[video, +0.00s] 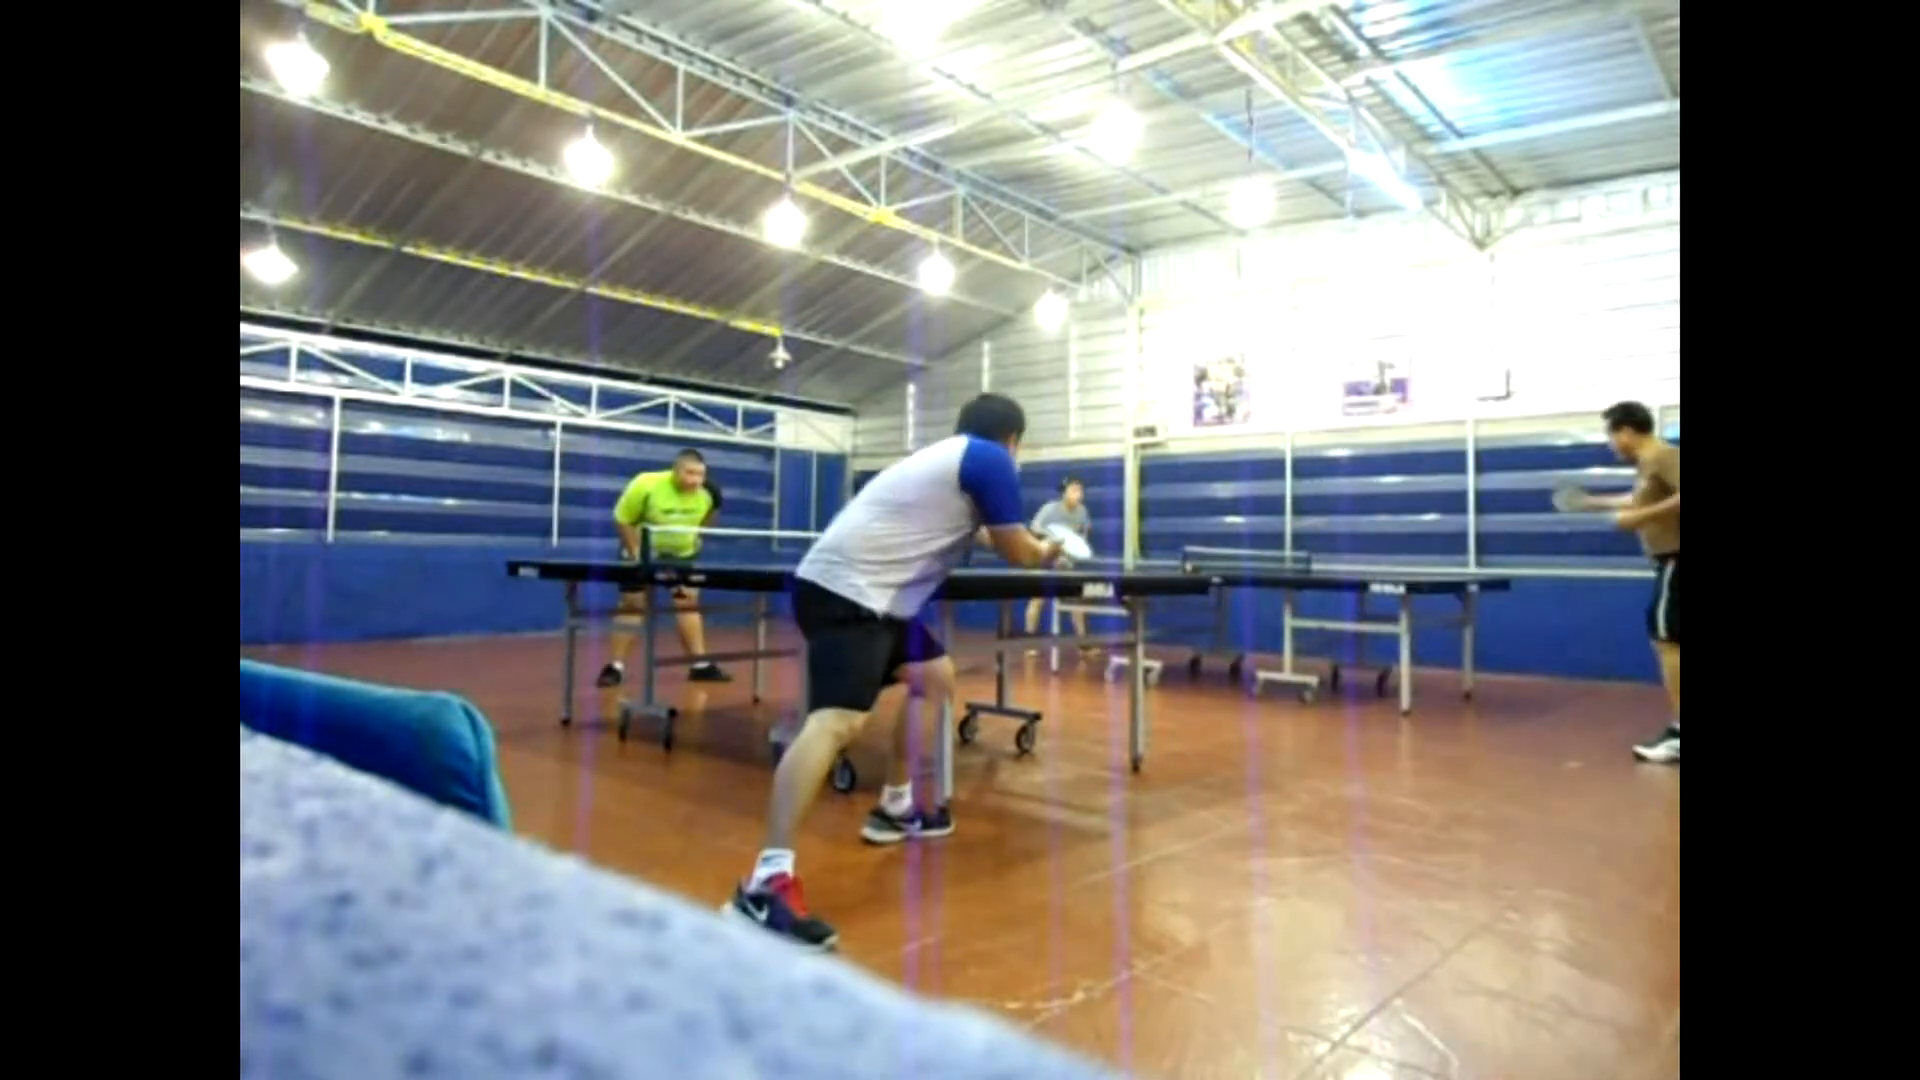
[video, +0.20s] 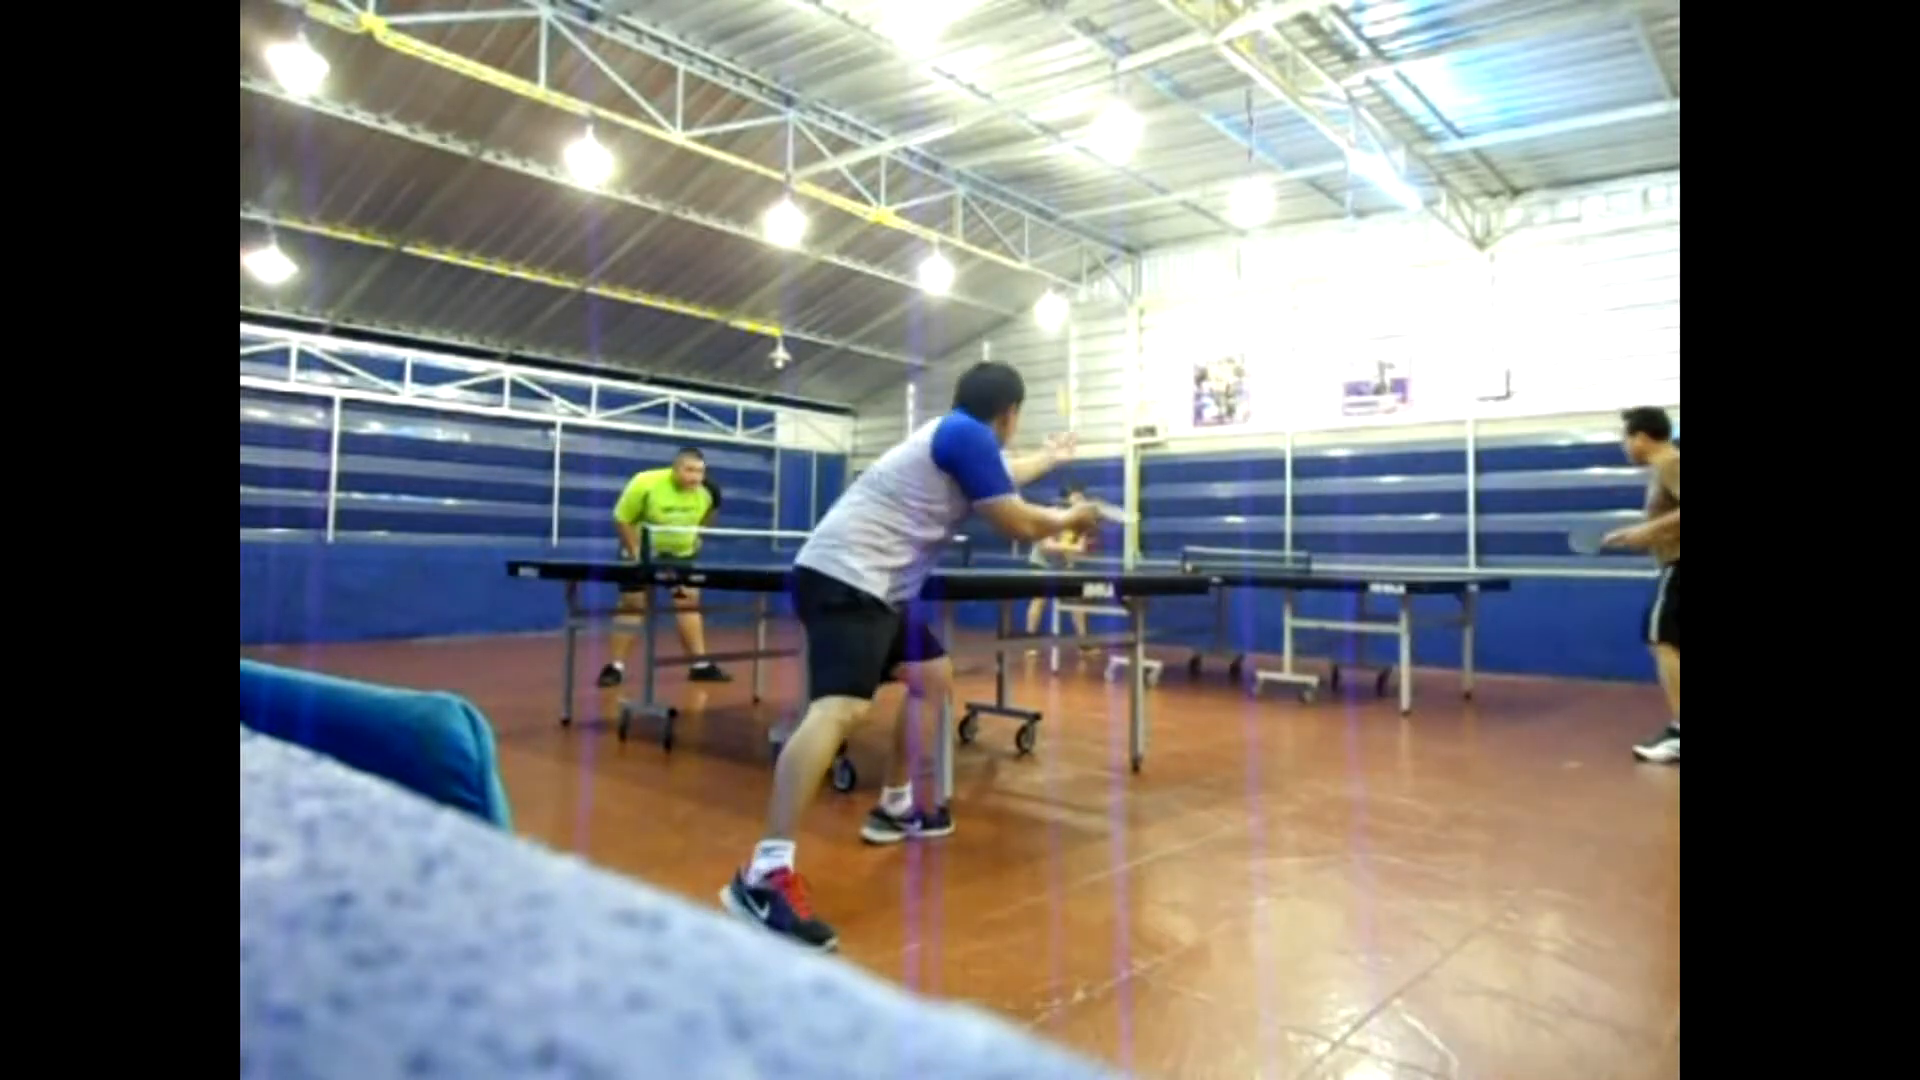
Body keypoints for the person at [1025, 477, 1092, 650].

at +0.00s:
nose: (1077, 495)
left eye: (1079, 491)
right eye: (1073, 490)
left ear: (1082, 494)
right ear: (1064, 492)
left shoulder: (1082, 511)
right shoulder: (1049, 510)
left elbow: (1085, 530)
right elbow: (1035, 530)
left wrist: (1078, 545)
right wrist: (1050, 545)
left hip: (1071, 560)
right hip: (1047, 560)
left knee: (1077, 599)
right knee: (1038, 598)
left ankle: (1082, 638)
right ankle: (1030, 636)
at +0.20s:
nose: (1078, 503)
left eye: (1081, 499)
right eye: (1074, 499)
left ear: (1084, 500)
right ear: (1066, 500)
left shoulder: (1083, 522)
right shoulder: (1052, 517)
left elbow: (1081, 549)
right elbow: (1046, 545)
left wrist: (1057, 547)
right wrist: (1069, 549)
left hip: (1069, 564)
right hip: (1044, 564)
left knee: (1076, 600)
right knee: (1040, 598)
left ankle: (1083, 638)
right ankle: (1030, 635)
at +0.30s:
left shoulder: (1078, 516)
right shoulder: (1053, 516)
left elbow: (1075, 535)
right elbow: (1067, 539)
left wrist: (1076, 549)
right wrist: (1098, 537)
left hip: (1067, 560)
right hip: (1045, 561)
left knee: (1077, 601)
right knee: (1041, 599)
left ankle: (1083, 639)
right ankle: (1031, 637)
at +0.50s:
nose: (1090, 490)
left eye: (1092, 486)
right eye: (1087, 485)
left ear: (1093, 489)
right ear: (1077, 487)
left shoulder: (1085, 507)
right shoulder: (1064, 504)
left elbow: (1080, 531)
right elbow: (1067, 526)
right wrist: (1086, 520)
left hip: (1074, 559)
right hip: (1053, 558)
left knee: (1079, 601)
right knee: (1043, 597)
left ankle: (1083, 639)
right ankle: (1032, 636)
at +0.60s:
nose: (1091, 491)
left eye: (1093, 487)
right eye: (1087, 486)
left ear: (1095, 491)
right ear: (1078, 488)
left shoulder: (1088, 509)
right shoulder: (1064, 504)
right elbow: (1061, 528)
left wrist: (1092, 522)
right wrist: (1079, 523)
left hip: (1076, 560)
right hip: (1053, 558)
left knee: (1081, 601)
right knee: (1044, 597)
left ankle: (1084, 637)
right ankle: (1032, 635)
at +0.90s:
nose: (1078, 503)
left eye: (1084, 500)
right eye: (1077, 497)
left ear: (1090, 500)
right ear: (1072, 493)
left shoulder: (1083, 513)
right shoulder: (1057, 508)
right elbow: (1045, 537)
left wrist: (1083, 539)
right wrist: (1068, 541)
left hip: (1069, 562)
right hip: (1046, 561)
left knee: (1075, 600)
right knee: (1040, 598)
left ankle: (1083, 636)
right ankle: (1031, 634)